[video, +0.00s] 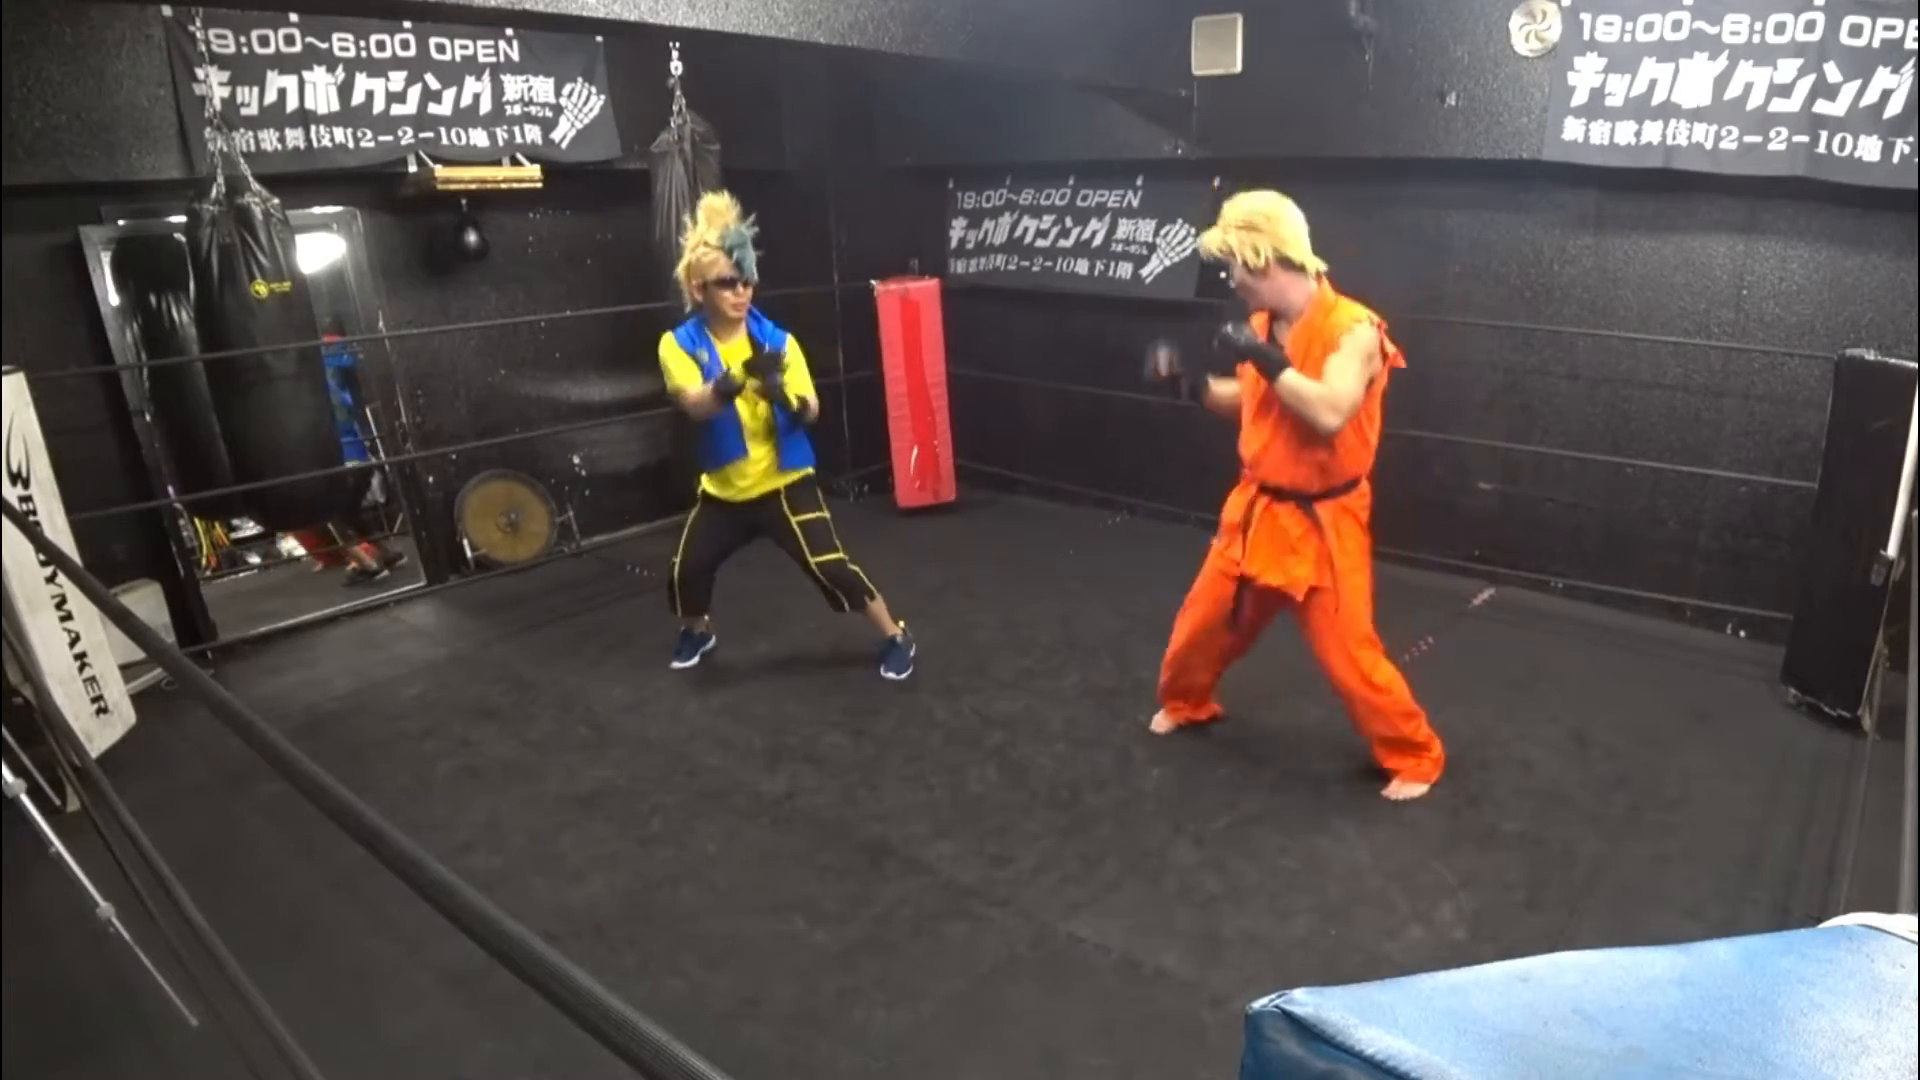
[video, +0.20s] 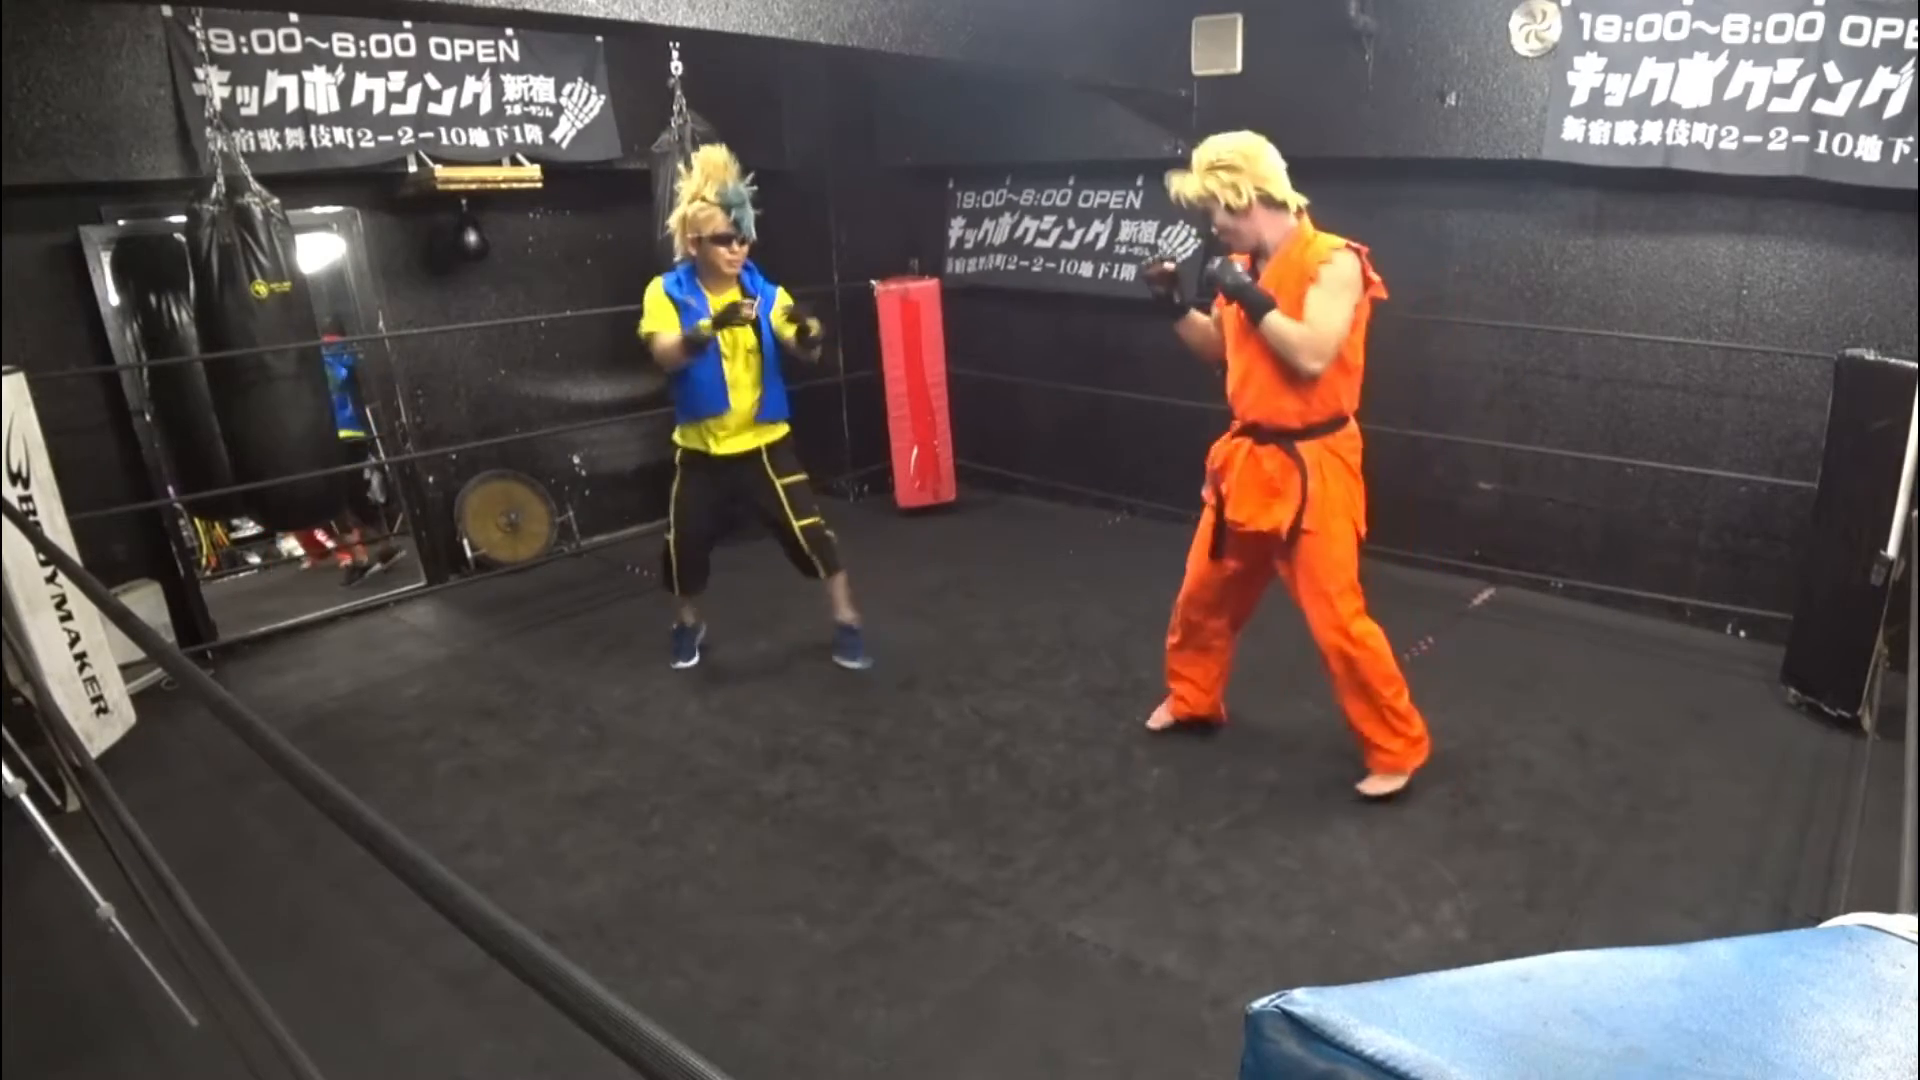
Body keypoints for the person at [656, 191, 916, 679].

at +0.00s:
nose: (740, 294)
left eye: (745, 282)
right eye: (727, 285)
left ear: (754, 284)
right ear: (697, 291)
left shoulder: (777, 340)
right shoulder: (679, 344)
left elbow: (811, 411)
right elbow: (695, 407)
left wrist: (780, 392)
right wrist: (737, 377)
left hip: (787, 483)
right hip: (723, 489)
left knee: (828, 566)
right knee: (687, 570)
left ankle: (894, 635)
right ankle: (697, 632)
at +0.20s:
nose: (737, 250)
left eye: (741, 240)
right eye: (723, 241)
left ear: (749, 242)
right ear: (694, 246)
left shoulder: (762, 291)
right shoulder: (667, 291)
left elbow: (802, 347)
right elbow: (664, 354)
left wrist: (808, 337)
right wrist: (705, 330)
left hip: (766, 440)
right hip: (701, 446)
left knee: (810, 533)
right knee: (683, 547)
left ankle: (847, 620)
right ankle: (688, 624)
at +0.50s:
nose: (728, 280)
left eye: (732, 269)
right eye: (715, 270)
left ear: (739, 272)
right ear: (686, 278)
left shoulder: (753, 326)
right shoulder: (663, 335)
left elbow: (789, 372)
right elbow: (686, 402)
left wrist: (810, 406)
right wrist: (722, 375)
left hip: (742, 470)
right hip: (685, 476)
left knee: (779, 546)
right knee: (681, 566)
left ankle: (813, 622)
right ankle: (682, 633)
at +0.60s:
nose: (731, 262)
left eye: (734, 251)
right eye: (717, 252)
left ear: (741, 255)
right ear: (688, 261)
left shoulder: (745, 306)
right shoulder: (668, 311)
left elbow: (767, 368)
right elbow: (707, 373)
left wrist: (766, 419)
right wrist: (726, 328)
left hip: (725, 446)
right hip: (669, 453)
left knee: (766, 531)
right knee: (677, 549)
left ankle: (793, 618)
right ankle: (683, 629)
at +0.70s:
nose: (731, 247)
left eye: (733, 237)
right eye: (718, 239)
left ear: (736, 241)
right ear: (691, 250)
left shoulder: (739, 291)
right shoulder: (671, 293)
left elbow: (744, 349)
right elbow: (719, 355)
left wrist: (735, 385)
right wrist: (736, 304)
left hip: (711, 427)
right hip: (660, 430)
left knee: (747, 519)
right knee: (672, 531)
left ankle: (751, 613)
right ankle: (678, 624)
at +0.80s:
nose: (733, 264)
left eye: (734, 253)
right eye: (720, 256)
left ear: (740, 257)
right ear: (692, 265)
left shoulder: (733, 304)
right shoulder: (677, 310)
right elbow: (731, 370)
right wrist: (742, 312)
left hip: (700, 433)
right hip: (649, 435)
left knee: (734, 518)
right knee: (669, 533)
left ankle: (747, 613)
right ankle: (679, 631)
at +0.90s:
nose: (740, 300)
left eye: (741, 288)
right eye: (728, 291)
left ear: (746, 289)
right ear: (702, 301)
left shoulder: (736, 334)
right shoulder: (681, 346)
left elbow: (751, 383)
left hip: (699, 446)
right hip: (647, 449)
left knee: (736, 524)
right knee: (666, 544)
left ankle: (741, 614)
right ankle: (676, 632)